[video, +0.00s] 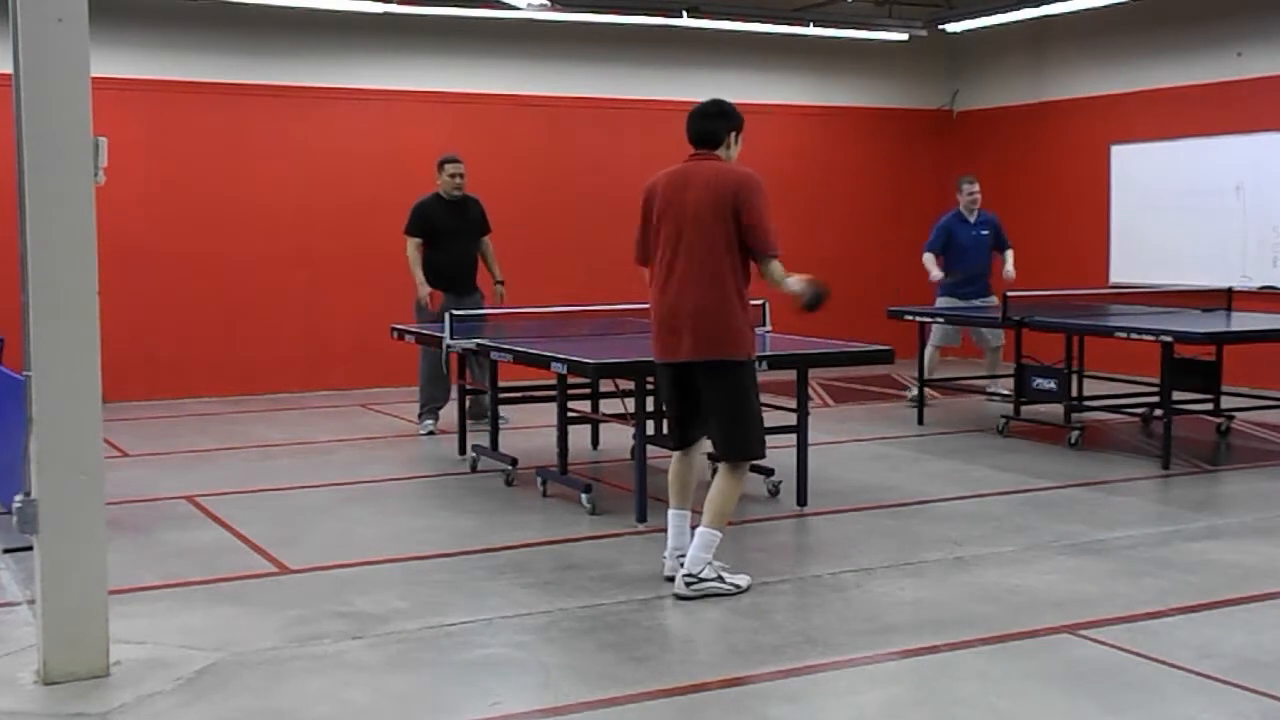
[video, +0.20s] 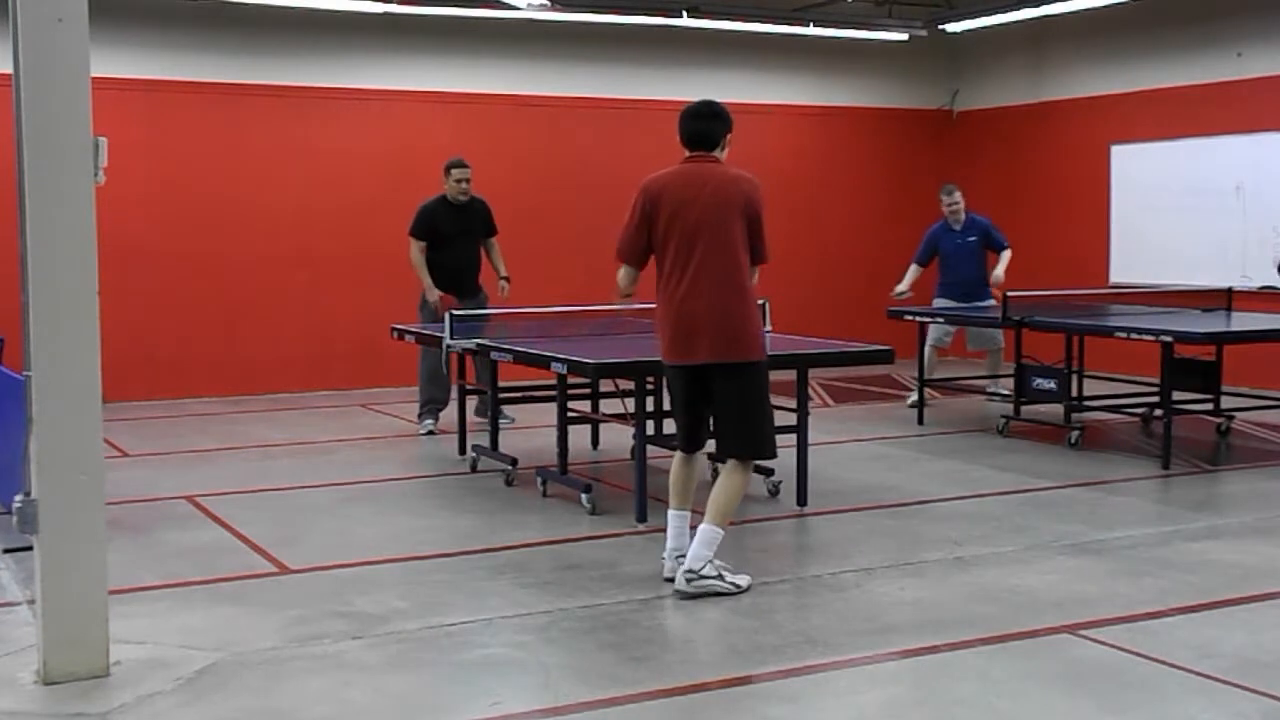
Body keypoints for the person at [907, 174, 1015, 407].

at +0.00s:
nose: (975, 197)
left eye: (977, 193)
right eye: (970, 194)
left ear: (981, 194)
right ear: (959, 196)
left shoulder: (990, 222)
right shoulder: (948, 223)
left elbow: (1006, 248)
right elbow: (928, 252)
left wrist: (1009, 265)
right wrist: (934, 270)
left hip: (983, 295)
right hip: (951, 295)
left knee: (996, 343)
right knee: (935, 343)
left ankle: (992, 385)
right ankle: (920, 386)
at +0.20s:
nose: (953, 208)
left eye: (956, 203)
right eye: (948, 205)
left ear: (964, 202)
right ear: (942, 206)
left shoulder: (980, 226)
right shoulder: (937, 233)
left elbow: (1005, 250)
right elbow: (919, 263)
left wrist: (1000, 270)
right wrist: (905, 284)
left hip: (980, 298)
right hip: (947, 299)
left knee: (996, 345)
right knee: (932, 344)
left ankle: (993, 386)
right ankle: (921, 389)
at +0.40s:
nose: (935, 207)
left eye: (938, 202)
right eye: (930, 204)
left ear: (947, 199)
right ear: (926, 206)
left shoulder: (967, 222)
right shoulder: (925, 230)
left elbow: (993, 246)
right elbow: (924, 262)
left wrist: (979, 270)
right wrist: (911, 265)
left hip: (972, 295)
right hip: (939, 296)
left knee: (986, 343)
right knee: (926, 343)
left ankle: (993, 384)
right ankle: (920, 388)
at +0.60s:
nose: (942, 197)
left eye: (945, 193)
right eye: (937, 194)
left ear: (950, 194)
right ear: (927, 197)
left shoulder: (965, 217)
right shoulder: (922, 223)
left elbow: (986, 244)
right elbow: (924, 252)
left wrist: (971, 260)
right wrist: (940, 230)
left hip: (966, 292)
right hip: (935, 293)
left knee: (983, 338)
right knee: (927, 343)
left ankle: (990, 382)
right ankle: (920, 388)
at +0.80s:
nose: (961, 198)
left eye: (962, 194)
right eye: (955, 194)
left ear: (965, 196)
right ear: (942, 197)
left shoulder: (970, 221)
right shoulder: (932, 226)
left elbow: (983, 247)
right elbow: (929, 259)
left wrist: (986, 266)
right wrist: (958, 251)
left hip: (967, 293)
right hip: (938, 295)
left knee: (981, 340)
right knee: (928, 345)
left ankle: (990, 384)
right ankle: (919, 389)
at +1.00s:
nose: (975, 197)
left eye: (976, 193)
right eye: (969, 193)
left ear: (978, 195)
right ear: (956, 196)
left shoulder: (983, 224)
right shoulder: (943, 224)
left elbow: (991, 250)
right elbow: (933, 254)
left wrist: (997, 268)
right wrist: (954, 257)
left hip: (976, 295)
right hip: (946, 297)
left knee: (991, 341)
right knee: (932, 346)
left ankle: (993, 385)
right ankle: (919, 390)